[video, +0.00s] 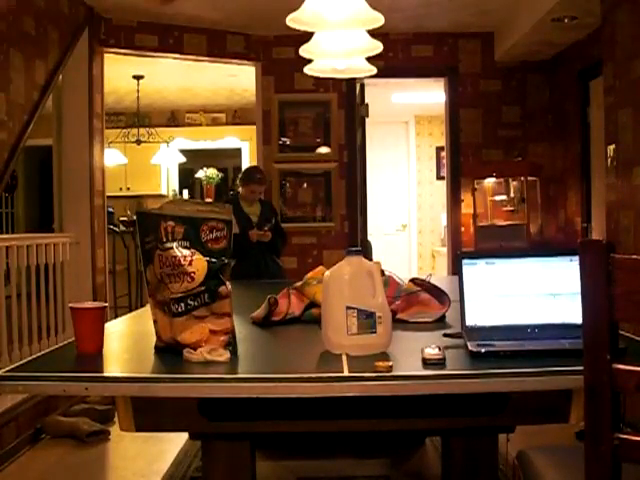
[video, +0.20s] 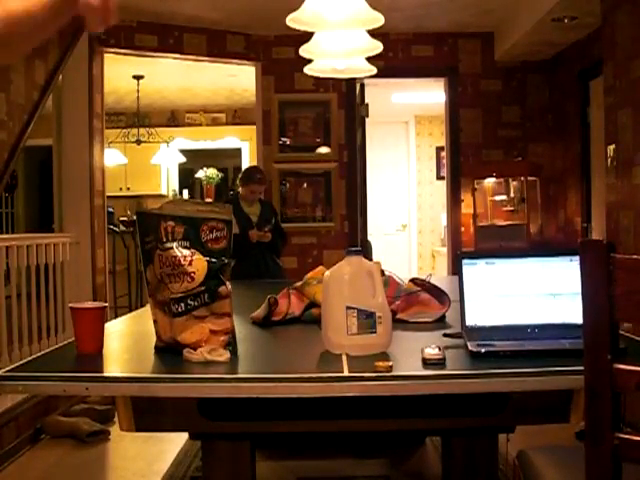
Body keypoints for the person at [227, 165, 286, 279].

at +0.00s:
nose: (256, 197)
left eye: (260, 193)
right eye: (252, 192)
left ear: (264, 190)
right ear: (241, 187)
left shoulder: (268, 207)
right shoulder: (230, 206)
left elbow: (282, 238)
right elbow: (226, 243)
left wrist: (270, 237)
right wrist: (248, 237)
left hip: (268, 270)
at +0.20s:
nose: (256, 197)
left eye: (260, 193)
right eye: (252, 192)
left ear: (264, 190)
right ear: (241, 187)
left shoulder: (267, 207)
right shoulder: (229, 206)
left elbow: (282, 237)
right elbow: (225, 242)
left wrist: (270, 237)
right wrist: (248, 237)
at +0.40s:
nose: (256, 197)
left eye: (260, 193)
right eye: (252, 192)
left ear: (264, 189)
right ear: (241, 187)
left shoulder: (268, 207)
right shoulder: (230, 206)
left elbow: (282, 238)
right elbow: (226, 242)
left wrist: (271, 237)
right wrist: (248, 237)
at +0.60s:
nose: (256, 197)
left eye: (260, 193)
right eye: (252, 192)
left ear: (264, 190)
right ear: (241, 187)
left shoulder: (268, 206)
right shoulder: (230, 206)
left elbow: (282, 238)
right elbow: (226, 241)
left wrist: (270, 237)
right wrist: (248, 237)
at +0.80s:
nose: (256, 197)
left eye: (260, 193)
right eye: (252, 192)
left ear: (264, 190)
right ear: (241, 187)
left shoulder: (268, 207)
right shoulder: (230, 206)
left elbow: (283, 238)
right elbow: (226, 241)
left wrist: (271, 237)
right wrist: (248, 237)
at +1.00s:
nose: (256, 197)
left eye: (260, 193)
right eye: (252, 192)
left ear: (264, 190)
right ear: (241, 186)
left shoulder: (268, 207)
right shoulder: (230, 206)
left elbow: (283, 238)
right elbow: (226, 241)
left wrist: (271, 238)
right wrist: (247, 237)